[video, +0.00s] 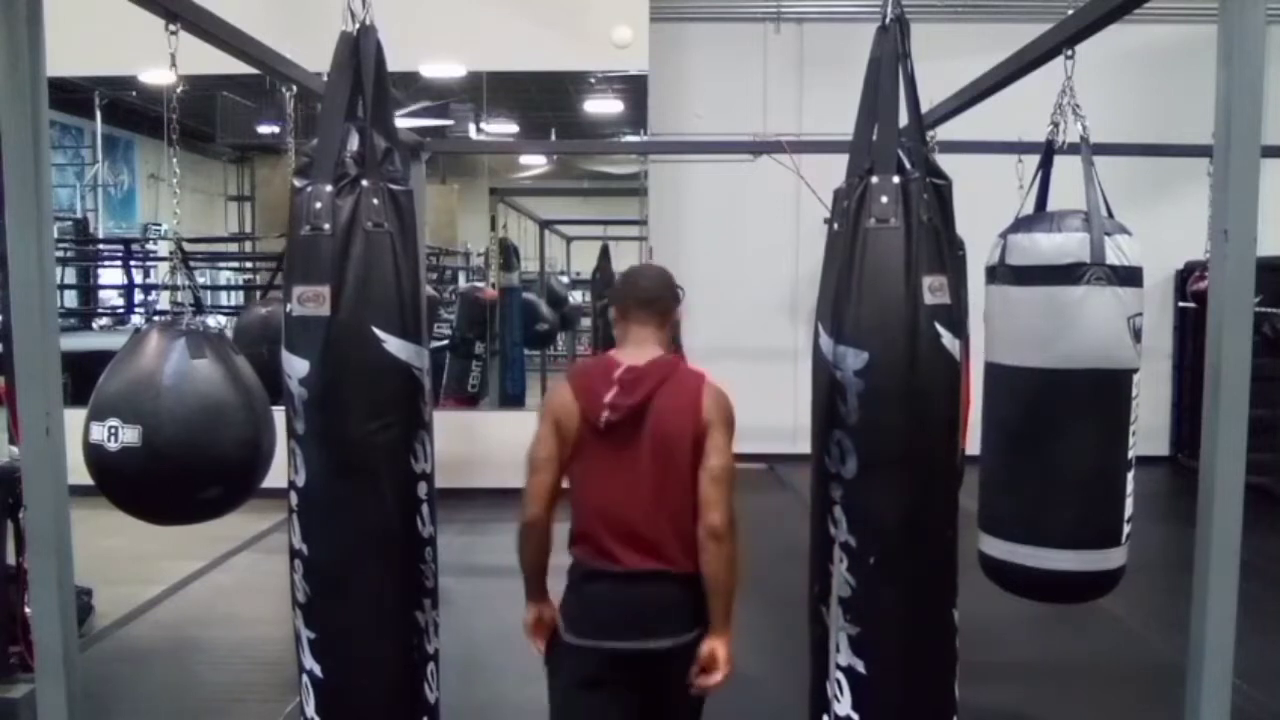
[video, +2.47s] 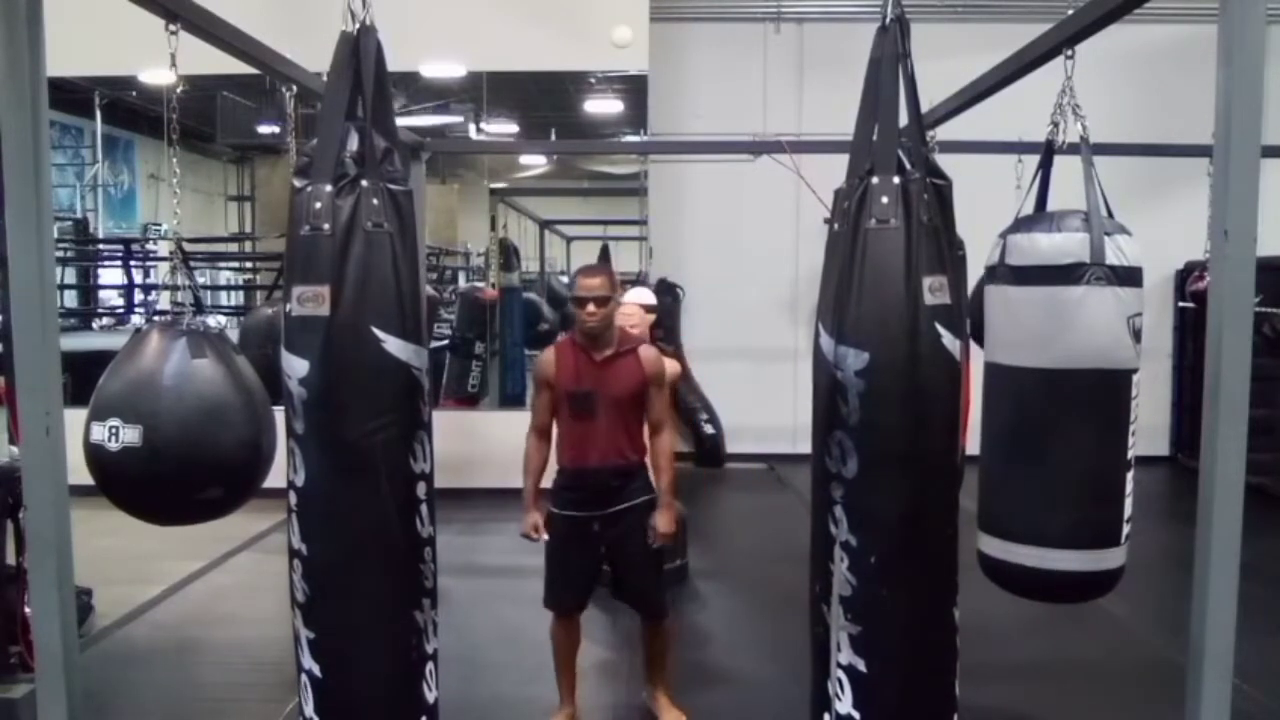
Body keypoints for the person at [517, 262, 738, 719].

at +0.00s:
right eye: (678, 309)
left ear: (614, 316)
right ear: (675, 315)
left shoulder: (569, 393)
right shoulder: (707, 399)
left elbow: (535, 513)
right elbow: (714, 525)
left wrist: (536, 597)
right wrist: (719, 629)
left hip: (591, 617)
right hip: (676, 619)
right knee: (669, 711)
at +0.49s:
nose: (650, 320)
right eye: (648, 312)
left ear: (591, 313)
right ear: (643, 312)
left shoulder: (563, 383)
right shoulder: (684, 376)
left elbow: (552, 488)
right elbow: (723, 466)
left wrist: (548, 562)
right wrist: (734, 520)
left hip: (594, 568)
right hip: (668, 563)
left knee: (597, 689)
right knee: (676, 697)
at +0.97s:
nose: (534, 319)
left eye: (539, 309)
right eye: (534, 310)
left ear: (568, 309)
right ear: (576, 308)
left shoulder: (589, 372)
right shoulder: (604, 358)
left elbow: (584, 470)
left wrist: (526, 537)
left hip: (597, 522)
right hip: (612, 516)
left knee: (583, 664)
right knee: (587, 660)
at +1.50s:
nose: (587, 305)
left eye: (599, 296)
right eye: (579, 296)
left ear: (618, 300)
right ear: (570, 300)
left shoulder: (647, 361)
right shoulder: (552, 358)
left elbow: (662, 436)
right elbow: (537, 424)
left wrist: (671, 509)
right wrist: (515, 489)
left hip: (631, 499)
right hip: (572, 501)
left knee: (650, 610)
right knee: (573, 612)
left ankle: (665, 698)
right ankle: (590, 708)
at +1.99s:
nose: (629, 307)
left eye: (640, 299)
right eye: (620, 298)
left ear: (655, 305)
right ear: (607, 303)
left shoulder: (676, 359)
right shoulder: (583, 356)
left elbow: (692, 432)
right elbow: (569, 425)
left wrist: (699, 507)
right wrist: (564, 494)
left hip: (652, 489)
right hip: (594, 489)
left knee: (660, 604)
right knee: (579, 604)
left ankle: (655, 692)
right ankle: (568, 701)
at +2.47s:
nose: (590, 310)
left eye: (600, 301)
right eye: (582, 302)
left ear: (616, 302)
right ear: (571, 305)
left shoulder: (648, 361)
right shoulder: (552, 361)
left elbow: (661, 429)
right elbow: (540, 433)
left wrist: (665, 501)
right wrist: (531, 501)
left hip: (632, 491)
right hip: (572, 493)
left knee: (653, 605)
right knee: (564, 608)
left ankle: (658, 692)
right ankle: (566, 704)